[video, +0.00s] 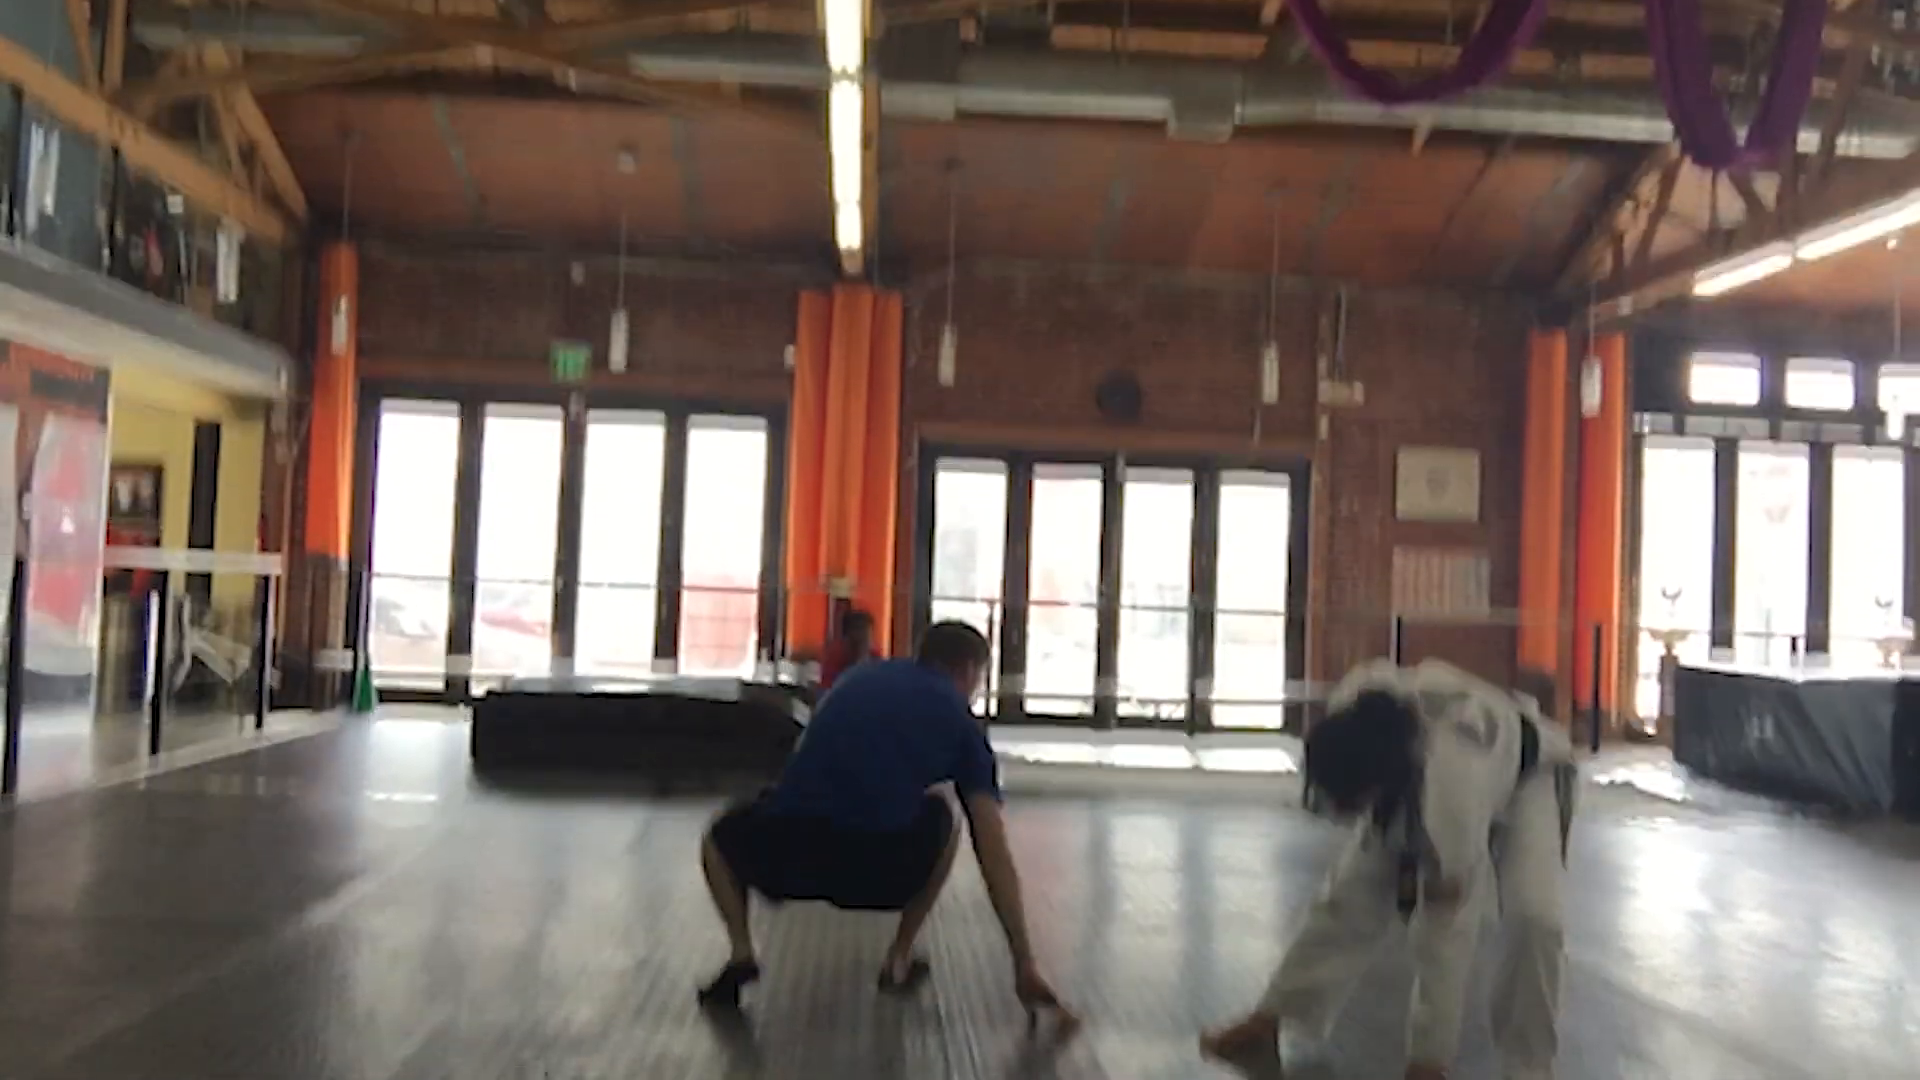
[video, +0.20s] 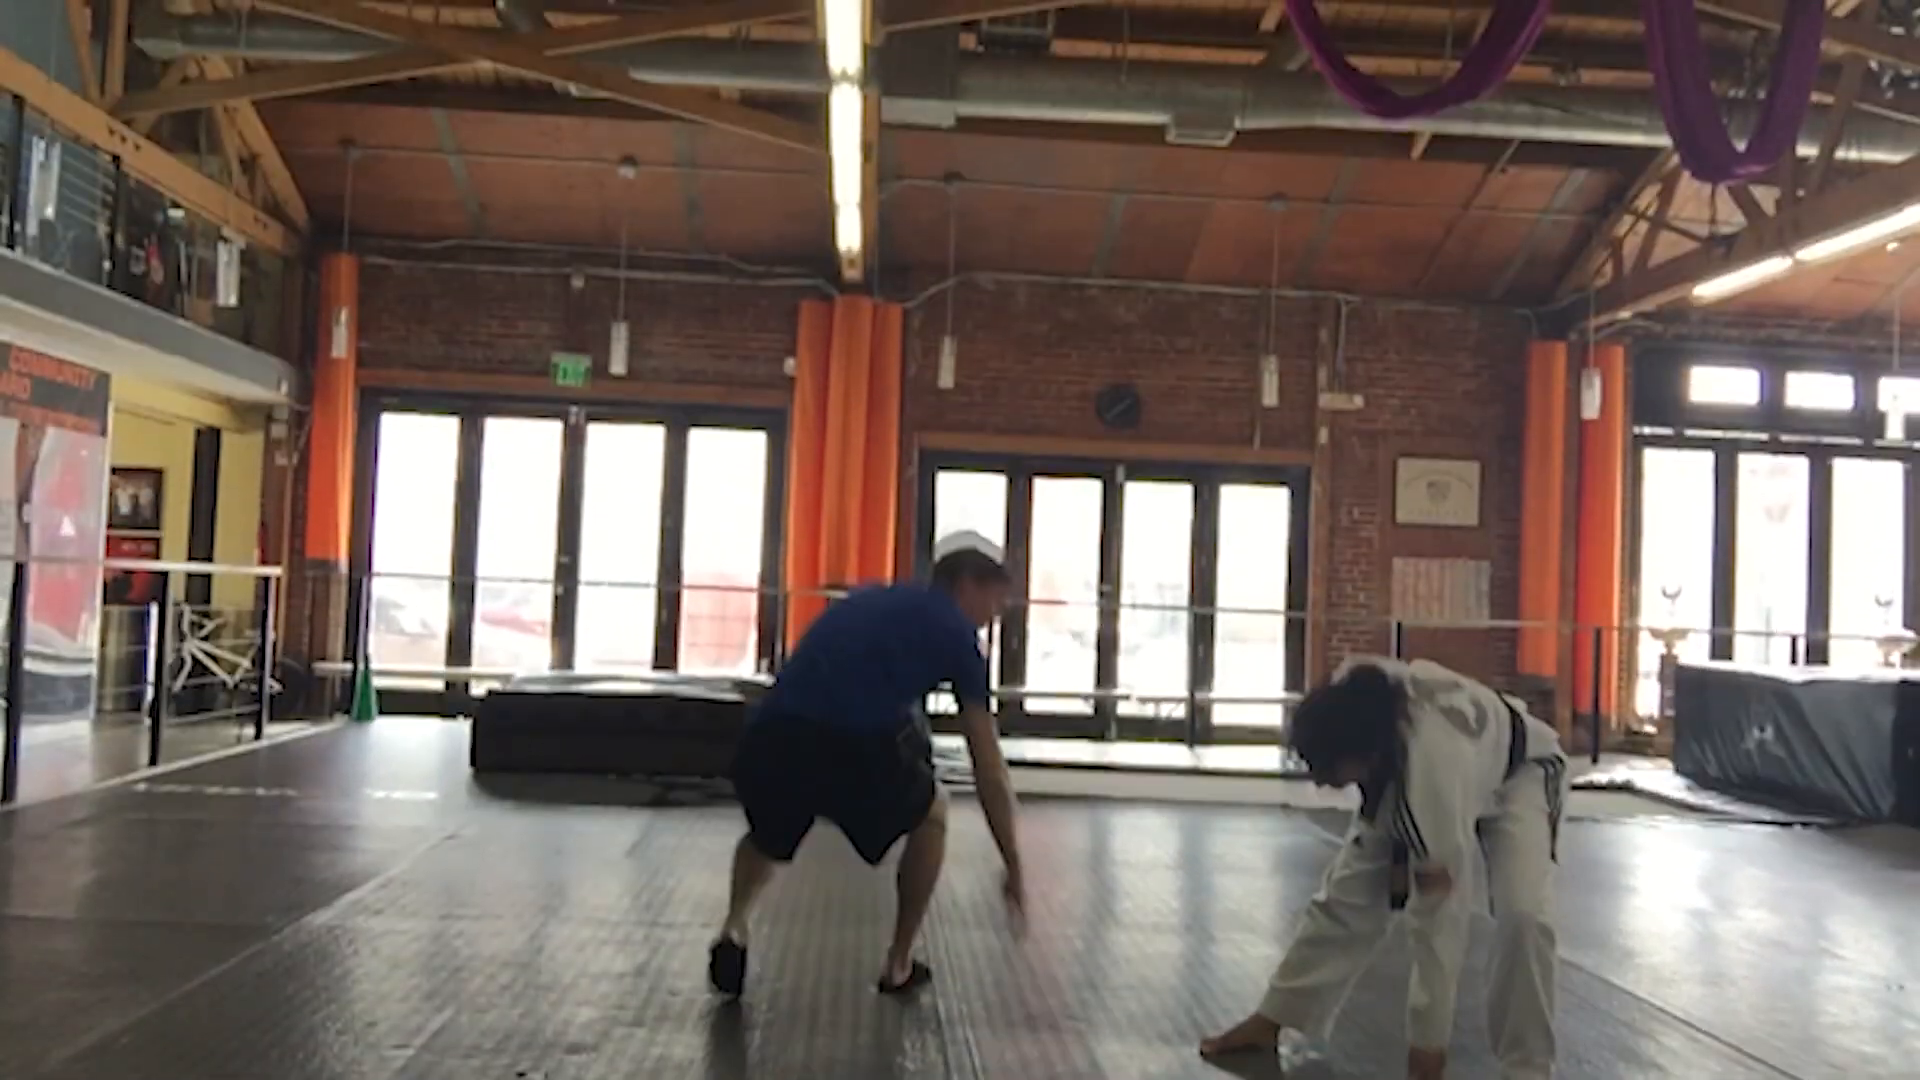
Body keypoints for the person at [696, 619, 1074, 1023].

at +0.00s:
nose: (978, 688)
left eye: (980, 677)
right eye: (979, 676)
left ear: (921, 658)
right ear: (967, 671)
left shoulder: (857, 678)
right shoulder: (958, 723)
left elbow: (802, 768)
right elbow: (993, 851)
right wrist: (1025, 966)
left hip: (789, 860)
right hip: (878, 873)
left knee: (718, 839)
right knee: (943, 814)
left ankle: (740, 955)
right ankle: (899, 959)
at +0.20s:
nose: (996, 614)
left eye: (1001, 603)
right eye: (996, 599)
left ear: (947, 580)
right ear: (967, 585)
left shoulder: (870, 601)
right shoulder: (956, 635)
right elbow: (988, 769)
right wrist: (1012, 863)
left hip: (779, 738)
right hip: (859, 751)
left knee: (766, 836)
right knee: (929, 818)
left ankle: (734, 927)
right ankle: (899, 962)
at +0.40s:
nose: (974, 503)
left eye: (977, 490)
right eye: (970, 487)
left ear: (922, 477)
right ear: (935, 476)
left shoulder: (858, 511)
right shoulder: (922, 531)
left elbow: (829, 635)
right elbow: (907, 653)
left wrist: (886, 709)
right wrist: (920, 750)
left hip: (757, 683)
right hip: (823, 686)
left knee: (802, 834)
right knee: (897, 803)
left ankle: (720, 974)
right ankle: (898, 961)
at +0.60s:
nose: (949, 424)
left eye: (950, 410)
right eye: (940, 410)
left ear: (894, 412)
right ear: (896, 406)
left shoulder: (842, 458)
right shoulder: (881, 463)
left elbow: (812, 569)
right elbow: (844, 555)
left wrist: (870, 646)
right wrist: (905, 640)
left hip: (757, 656)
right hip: (812, 656)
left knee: (779, 824)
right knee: (889, 805)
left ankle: (716, 988)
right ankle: (861, 978)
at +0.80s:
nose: (920, 394)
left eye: (922, 380)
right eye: (909, 379)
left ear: (862, 382)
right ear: (865, 375)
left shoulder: (814, 443)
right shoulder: (852, 438)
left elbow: (793, 566)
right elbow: (890, 526)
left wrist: (856, 647)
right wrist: (1006, 567)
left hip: (770, 650)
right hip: (808, 650)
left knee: (785, 821)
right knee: (886, 815)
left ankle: (715, 991)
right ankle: (815, 1010)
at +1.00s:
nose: (926, 376)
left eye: (927, 361)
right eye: (916, 360)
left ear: (861, 365)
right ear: (869, 358)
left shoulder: (813, 431)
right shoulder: (869, 427)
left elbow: (819, 567)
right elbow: (951, 515)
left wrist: (868, 667)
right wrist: (1058, 555)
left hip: (784, 653)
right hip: (831, 657)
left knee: (787, 828)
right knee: (872, 843)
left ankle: (718, 988)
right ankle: (814, 1036)